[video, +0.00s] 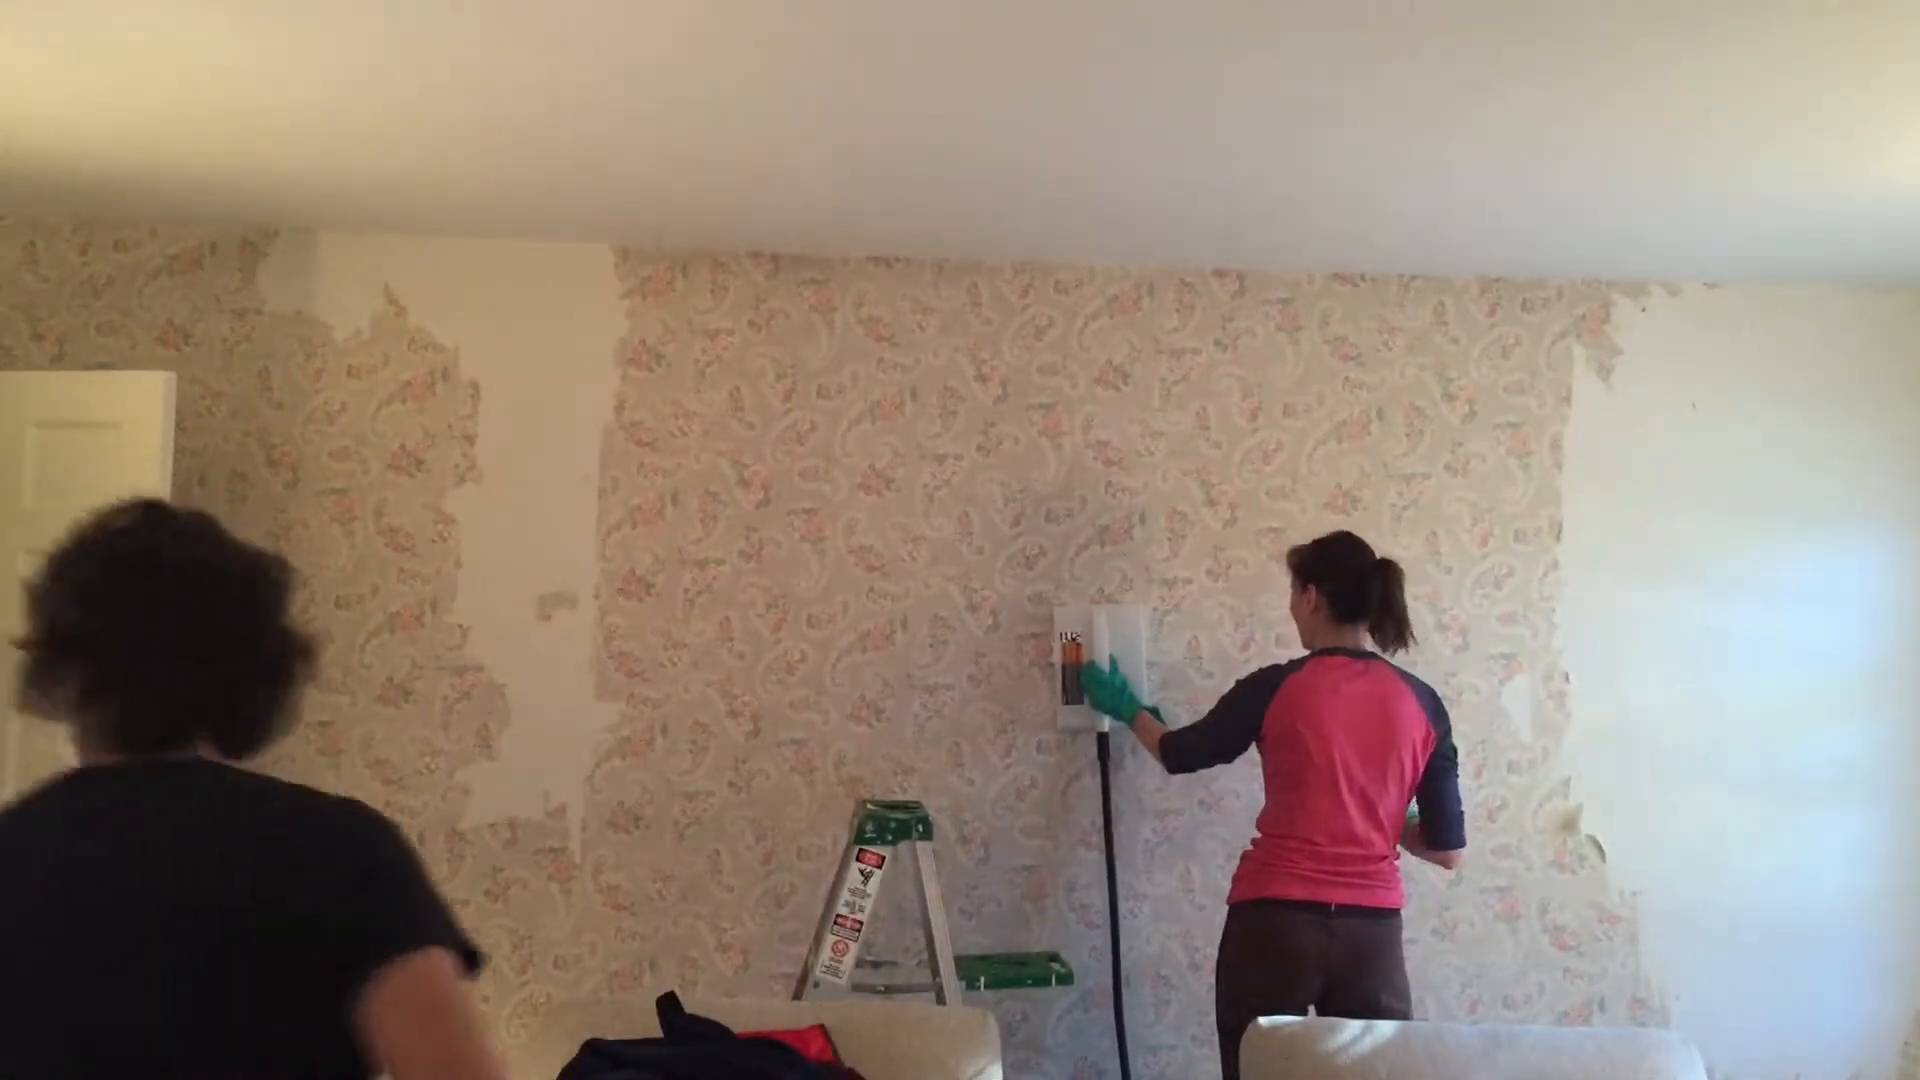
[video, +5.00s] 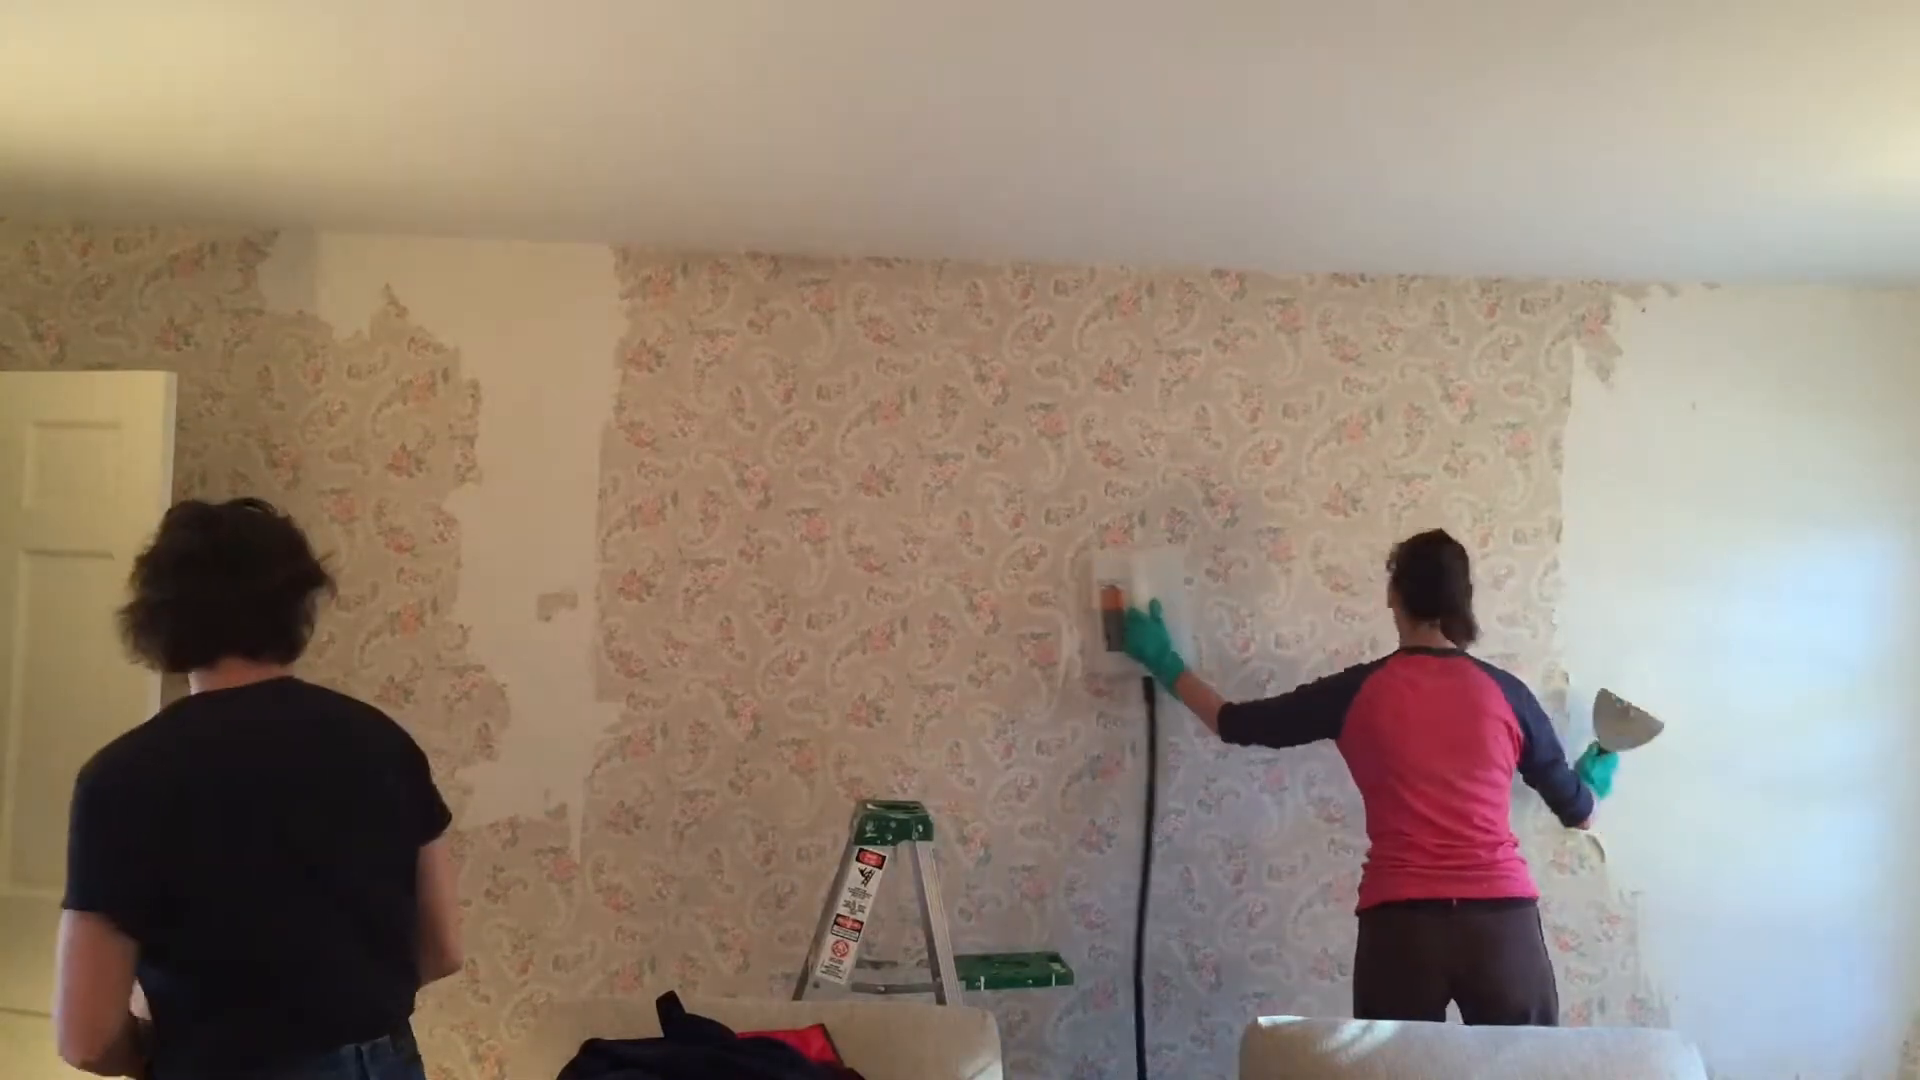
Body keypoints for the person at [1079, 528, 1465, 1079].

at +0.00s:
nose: (1291, 606)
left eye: (1294, 590)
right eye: (1293, 590)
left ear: (1313, 596)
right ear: (1370, 598)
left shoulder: (1275, 685)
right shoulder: (1425, 704)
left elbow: (1177, 753)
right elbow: (1446, 848)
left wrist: (1128, 709)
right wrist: (1378, 815)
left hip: (1270, 933)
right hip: (1371, 940)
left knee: (1254, 1073)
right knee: (1380, 1076)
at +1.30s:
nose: (1292, 599)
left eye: (1294, 590)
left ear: (1298, 602)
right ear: (1372, 608)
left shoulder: (1251, 687)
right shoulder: (1402, 701)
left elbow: (1155, 774)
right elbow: (1442, 838)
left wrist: (1124, 713)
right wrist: (1433, 770)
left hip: (1257, 927)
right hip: (1359, 933)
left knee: (1243, 1075)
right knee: (1382, 1075)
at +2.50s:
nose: (1218, 622)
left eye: (1221, 609)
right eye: (1216, 609)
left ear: (1257, 613)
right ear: (1296, 607)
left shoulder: (1239, 690)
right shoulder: (1374, 688)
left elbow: (1164, 750)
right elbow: (1418, 799)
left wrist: (1135, 672)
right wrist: (1430, 755)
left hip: (1261, 923)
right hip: (1359, 925)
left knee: (1247, 1074)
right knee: (1384, 1073)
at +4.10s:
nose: (1282, 618)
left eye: (1289, 601)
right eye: (1282, 601)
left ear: (1332, 604)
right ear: (1339, 604)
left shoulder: (1295, 687)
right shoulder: (1434, 694)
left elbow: (1182, 718)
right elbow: (1500, 820)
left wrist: (1130, 659)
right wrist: (1485, 769)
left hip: (1298, 931)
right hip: (1402, 939)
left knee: (1276, 1067)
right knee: (1431, 1075)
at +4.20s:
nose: (1303, 616)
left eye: (1310, 600)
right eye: (1304, 600)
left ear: (1353, 604)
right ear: (1369, 603)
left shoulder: (1314, 686)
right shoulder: (1458, 693)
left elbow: (1194, 710)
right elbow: (1529, 818)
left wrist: (1128, 655)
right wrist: (1533, 784)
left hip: (1324, 928)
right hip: (1428, 935)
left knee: (1292, 1073)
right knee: (1453, 1076)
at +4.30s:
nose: (1330, 617)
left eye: (1334, 603)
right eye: (1329, 603)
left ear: (1373, 604)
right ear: (1401, 605)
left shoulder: (1336, 687)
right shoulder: (1481, 695)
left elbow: (1211, 706)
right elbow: (1556, 814)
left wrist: (1137, 658)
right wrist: (1578, 797)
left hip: (1357, 933)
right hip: (1461, 938)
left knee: (1319, 1069)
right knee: (1483, 1074)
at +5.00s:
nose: (1387, 597)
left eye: (1389, 585)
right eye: (1394, 582)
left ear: (1395, 597)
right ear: (1464, 600)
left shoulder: (1357, 690)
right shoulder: (1506, 693)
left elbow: (1232, 723)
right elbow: (1576, 808)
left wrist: (1163, 659)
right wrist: (1593, 779)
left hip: (1397, 933)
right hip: (1502, 931)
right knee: (1531, 1079)